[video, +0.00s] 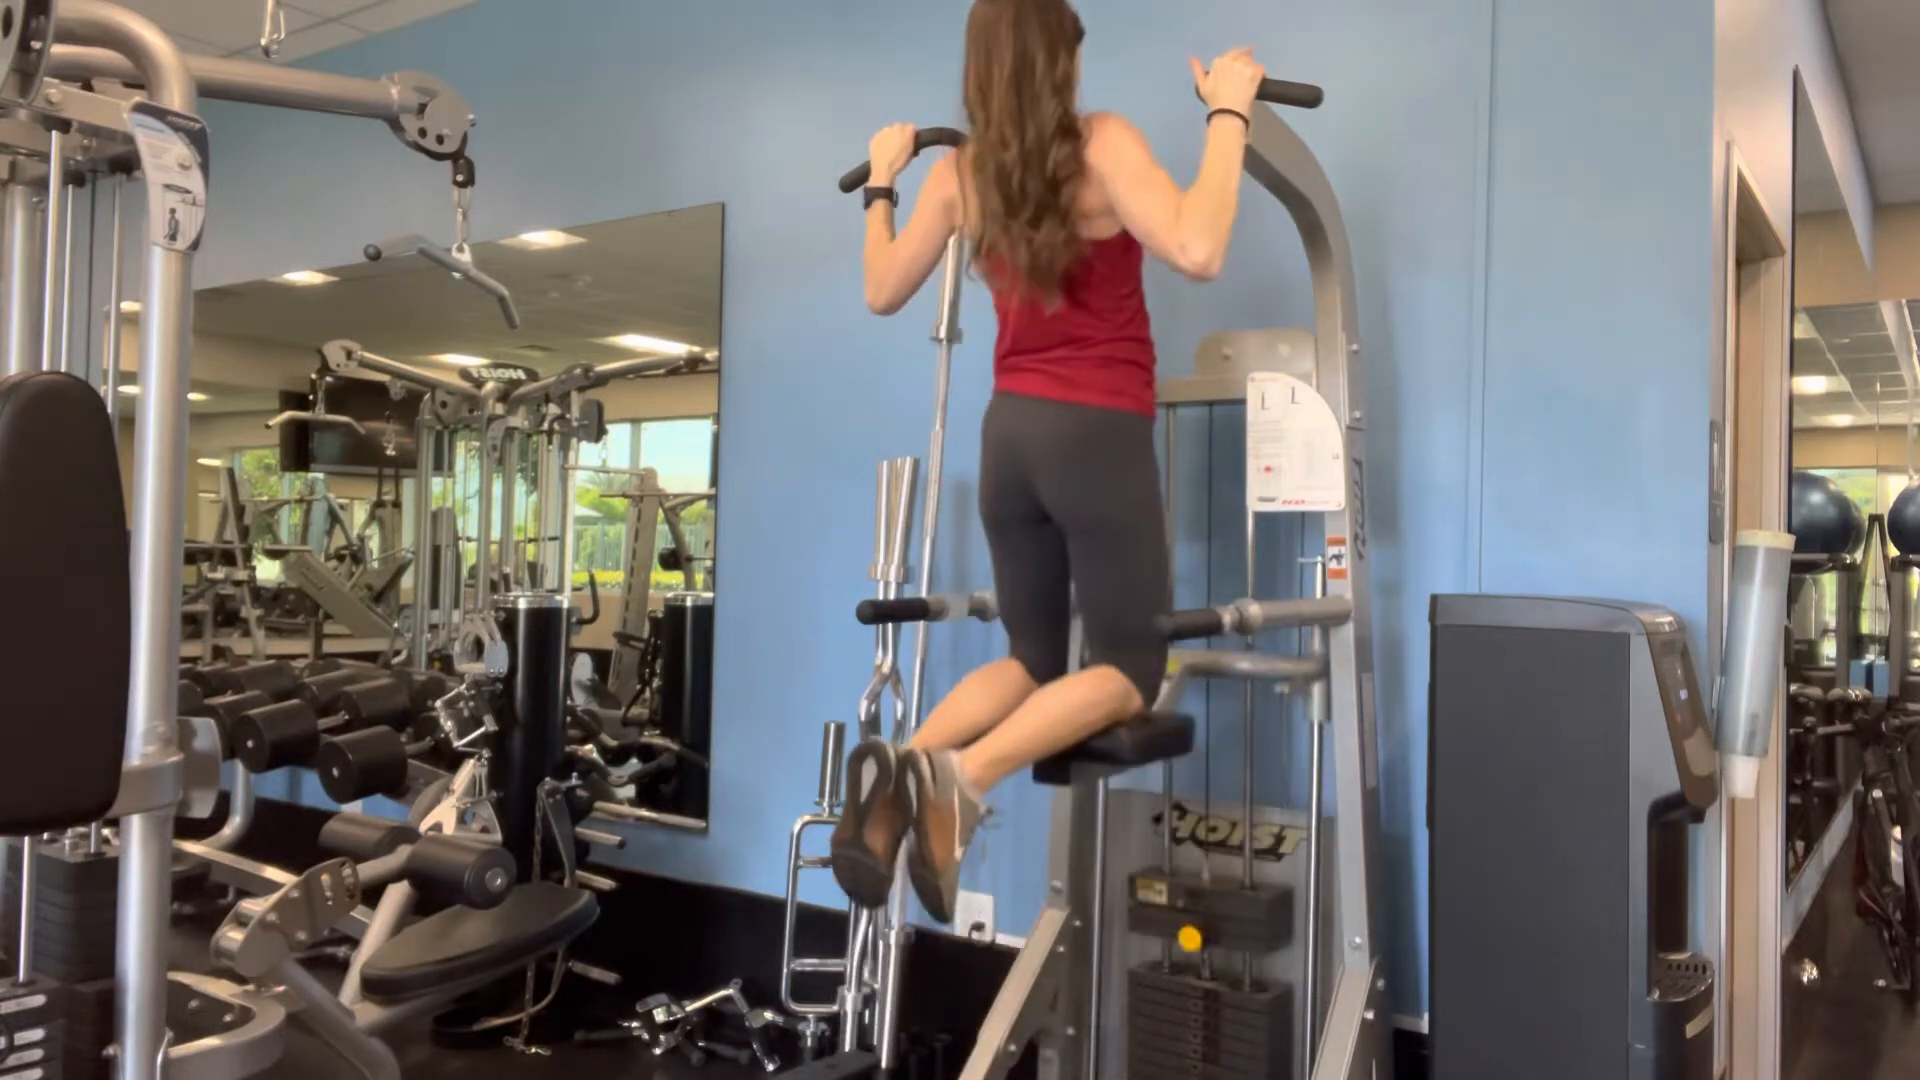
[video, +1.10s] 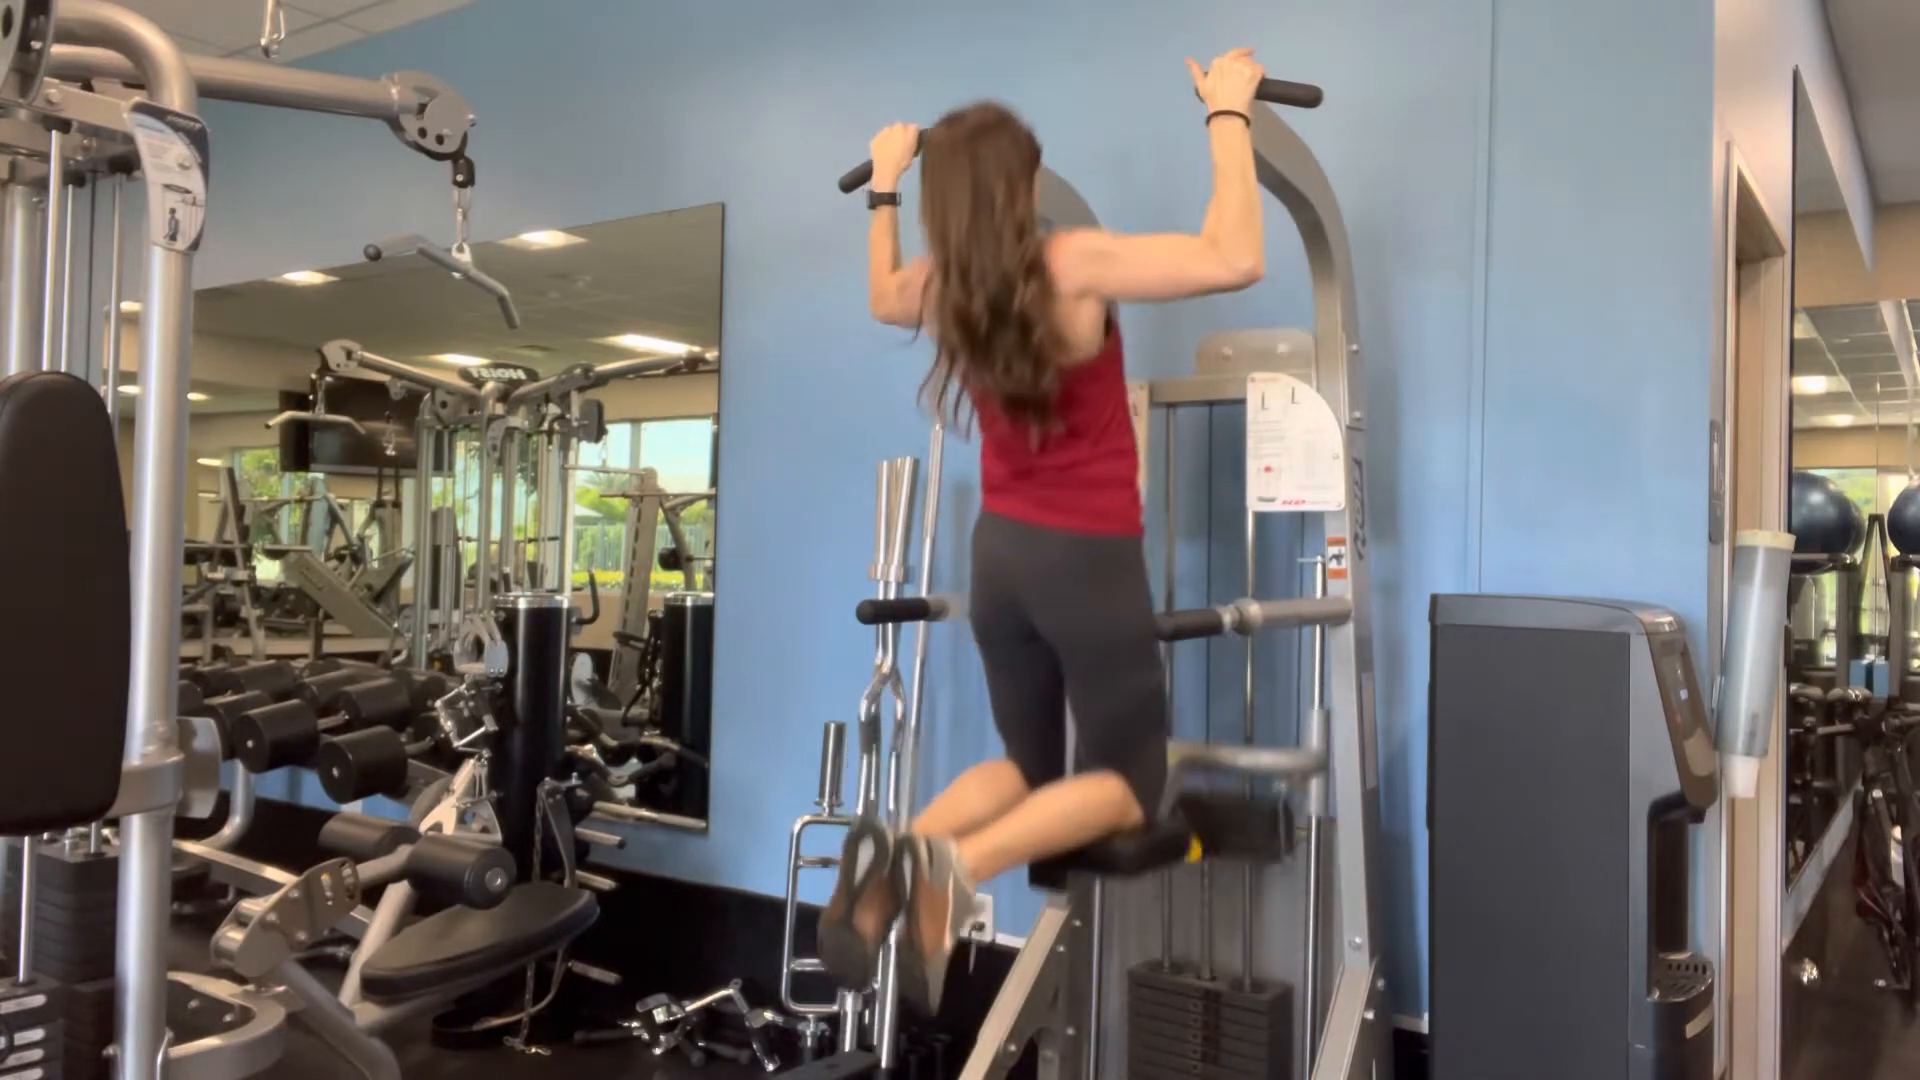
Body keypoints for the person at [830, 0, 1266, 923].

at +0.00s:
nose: (1076, 62)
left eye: (1064, 45)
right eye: (1072, 48)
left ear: (982, 65)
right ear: (1064, 59)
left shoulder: (960, 169)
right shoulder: (1103, 142)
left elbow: (884, 289)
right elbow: (1199, 250)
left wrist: (880, 178)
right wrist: (1229, 113)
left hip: (1009, 435)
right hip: (1097, 437)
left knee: (1033, 660)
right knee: (1130, 674)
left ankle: (904, 769)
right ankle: (963, 779)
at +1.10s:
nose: (1040, 169)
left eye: (1018, 160)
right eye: (1031, 160)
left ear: (950, 193)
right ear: (1026, 181)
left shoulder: (947, 283)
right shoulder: (1073, 260)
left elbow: (883, 295)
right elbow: (1233, 257)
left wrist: (885, 188)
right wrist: (1230, 116)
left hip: (999, 557)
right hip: (1086, 560)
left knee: (1028, 765)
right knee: (1128, 785)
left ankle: (901, 854)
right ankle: (958, 868)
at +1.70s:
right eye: (1057, 353)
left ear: (974, 396)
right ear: (1054, 380)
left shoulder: (984, 449)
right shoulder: (1102, 434)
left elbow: (932, 305)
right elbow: (1186, 279)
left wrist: (892, 188)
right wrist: (1222, 119)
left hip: (1002, 744)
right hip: (1091, 757)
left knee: (1021, 963)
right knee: (1121, 983)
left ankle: (896, 1074)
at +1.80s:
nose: (1055, 334)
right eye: (1046, 330)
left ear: (969, 372)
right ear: (1044, 358)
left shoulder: (969, 437)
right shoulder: (1094, 416)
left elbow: (922, 307)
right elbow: (1193, 281)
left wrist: (890, 189)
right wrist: (1223, 119)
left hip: (997, 714)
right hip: (1088, 730)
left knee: (1015, 934)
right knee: (1121, 955)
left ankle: (900, 1060)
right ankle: (968, 1076)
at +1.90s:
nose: (1048, 322)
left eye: (988, 321)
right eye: (1040, 315)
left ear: (962, 349)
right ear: (1037, 336)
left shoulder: (961, 424)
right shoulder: (1088, 401)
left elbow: (914, 301)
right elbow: (1200, 277)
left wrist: (888, 185)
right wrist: (1223, 119)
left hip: (997, 695)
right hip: (1087, 708)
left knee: (1016, 915)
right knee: (1119, 935)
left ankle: (900, 1035)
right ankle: (968, 1049)